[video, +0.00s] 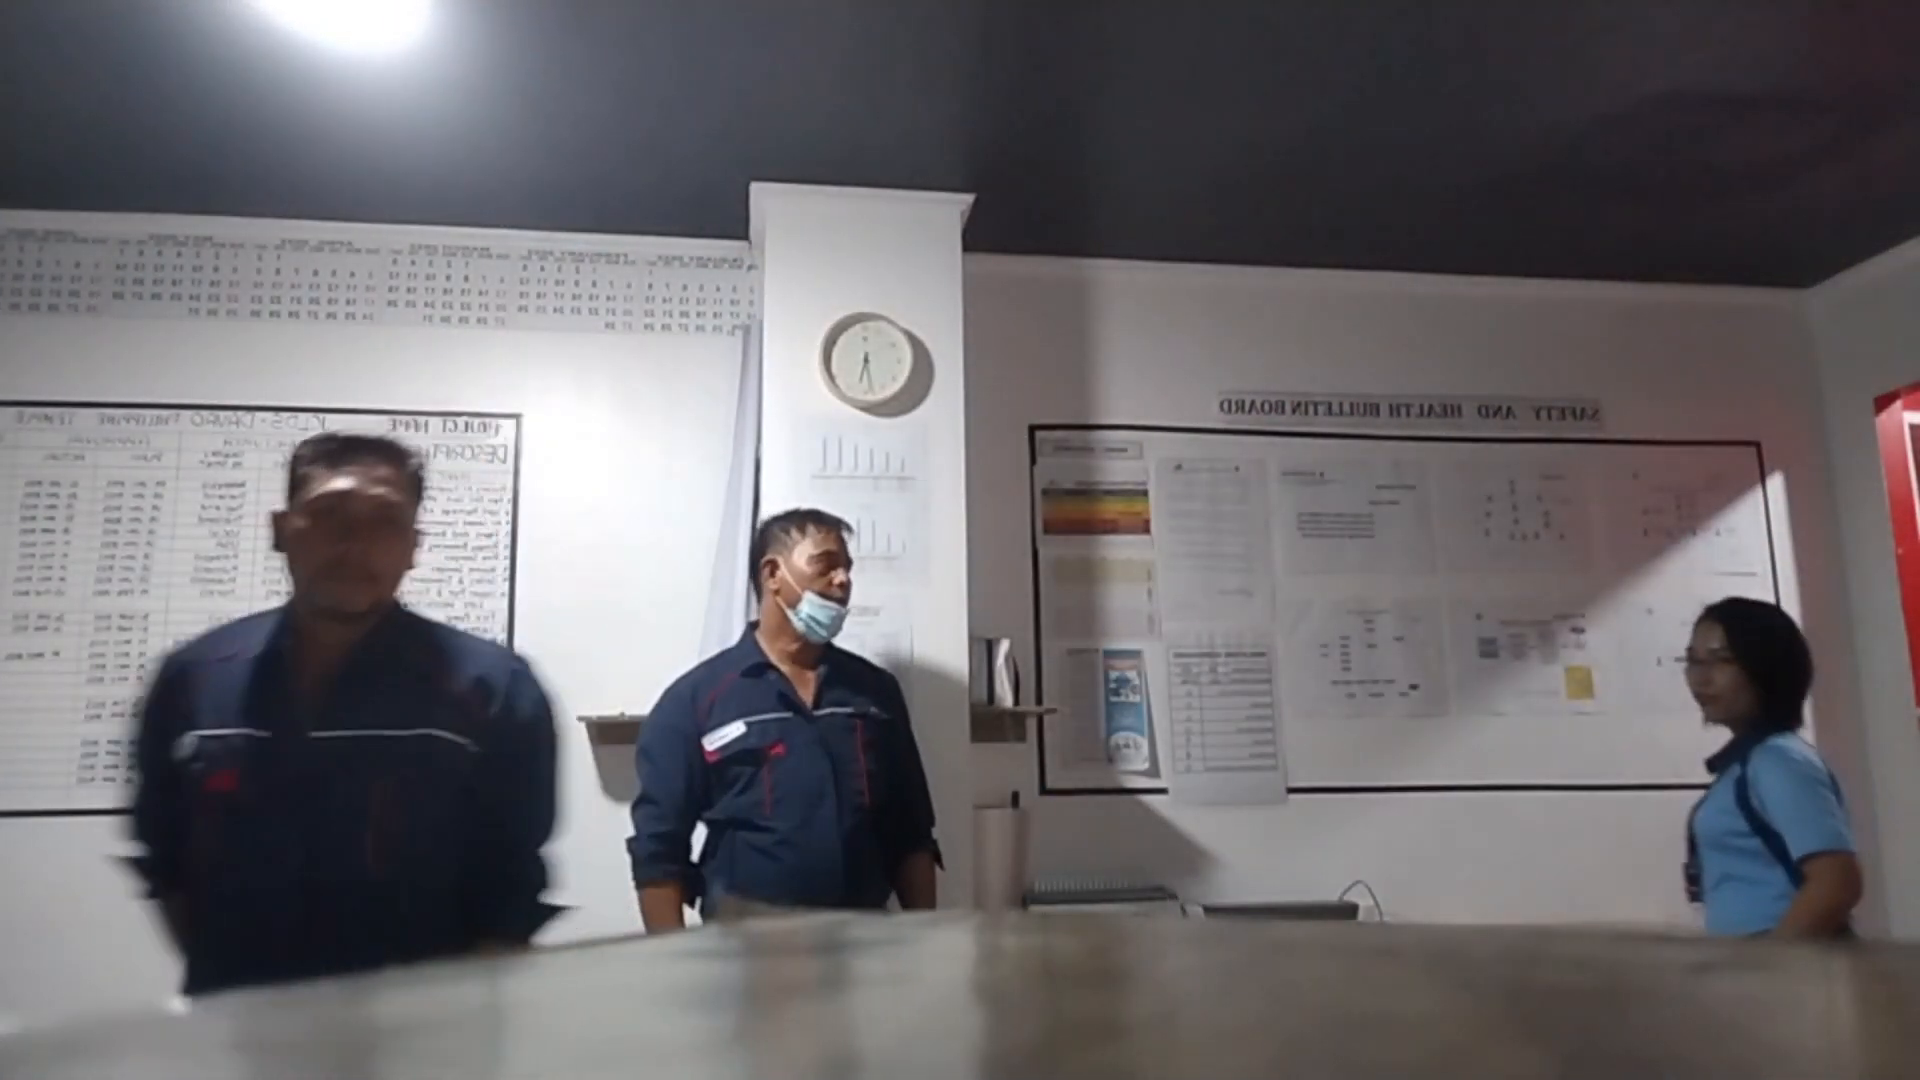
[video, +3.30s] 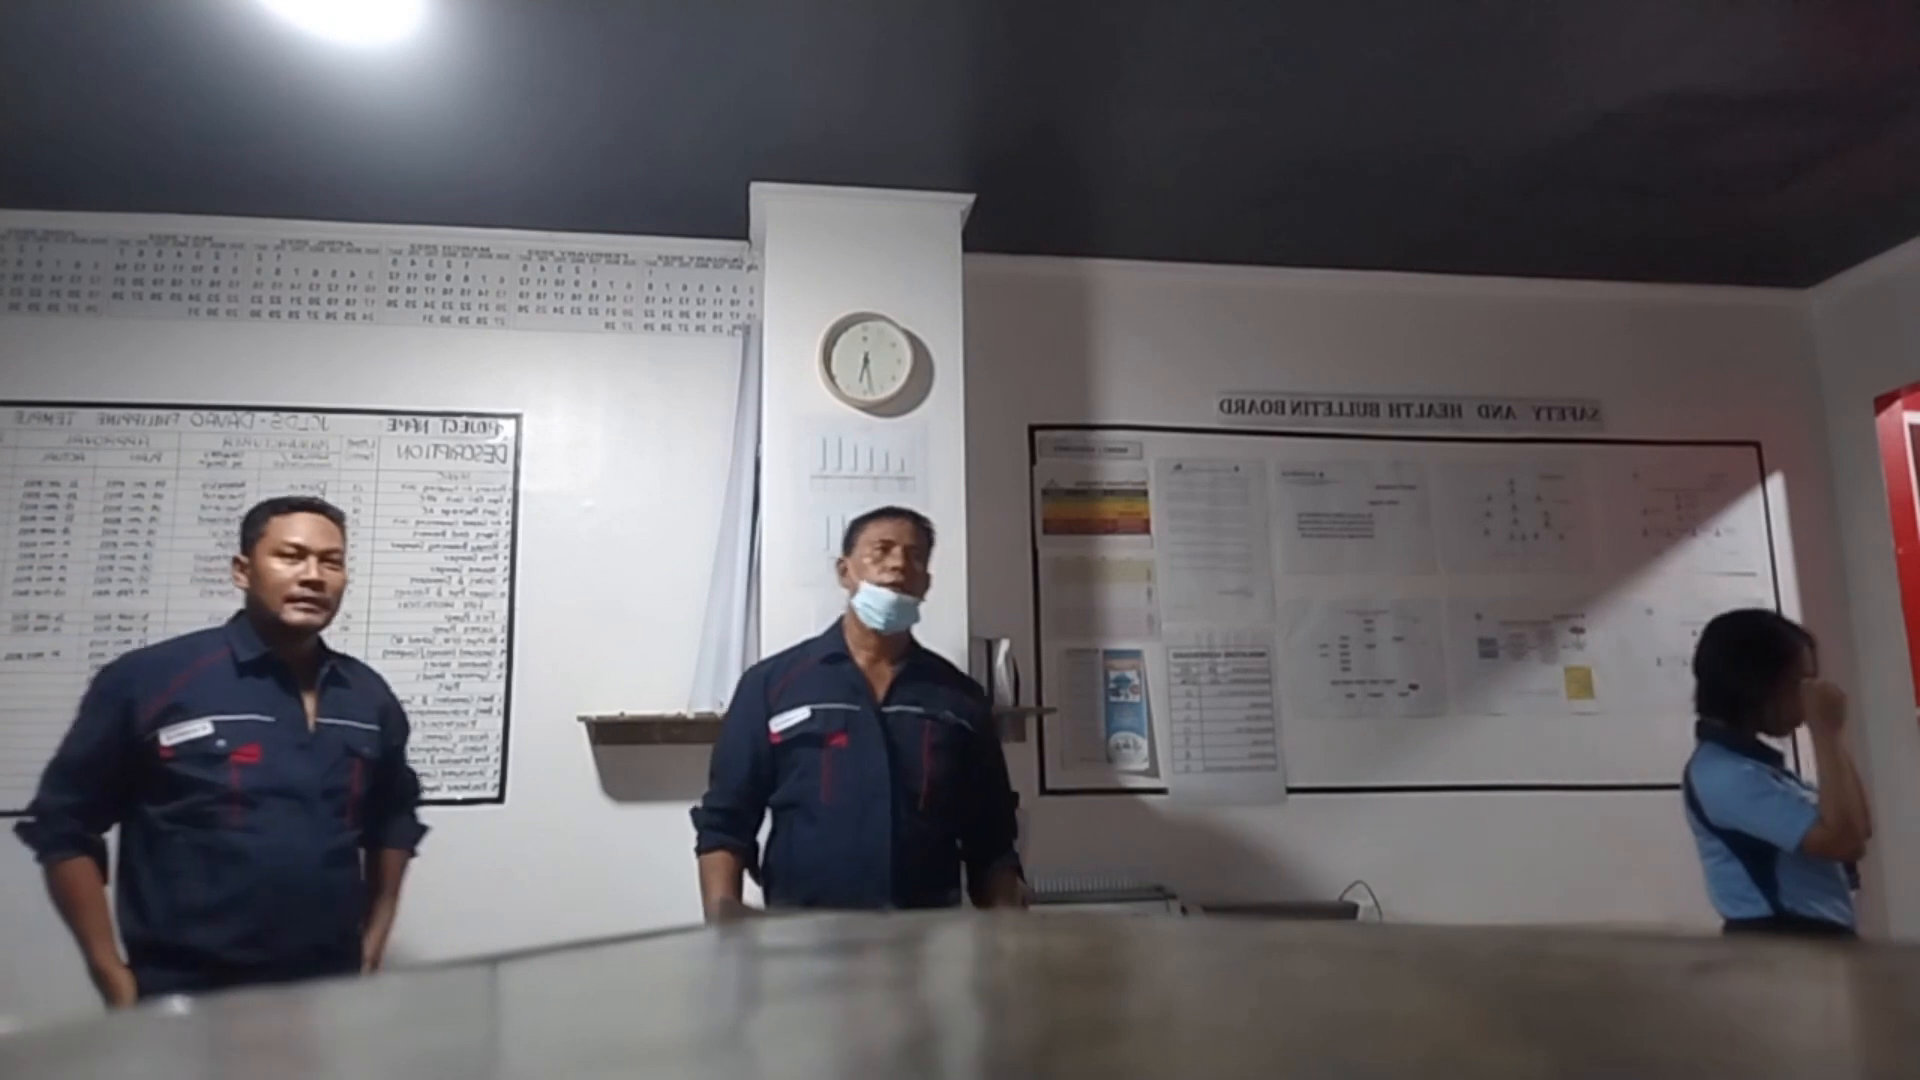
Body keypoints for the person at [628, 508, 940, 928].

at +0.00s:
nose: (843, 580)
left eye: (846, 567)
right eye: (824, 564)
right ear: (773, 575)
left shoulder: (877, 692)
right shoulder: (694, 702)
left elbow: (912, 836)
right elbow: (657, 851)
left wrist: (927, 946)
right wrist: (675, 973)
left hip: (863, 941)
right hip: (748, 944)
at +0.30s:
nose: (913, 579)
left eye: (913, 567)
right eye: (895, 566)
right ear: (841, 574)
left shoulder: (932, 698)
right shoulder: (757, 697)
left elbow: (966, 845)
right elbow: (723, 844)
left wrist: (974, 949)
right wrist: (748, 963)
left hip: (922, 945)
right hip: (804, 947)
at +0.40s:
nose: (937, 575)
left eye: (938, 565)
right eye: (920, 562)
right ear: (866, 568)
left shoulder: (952, 696)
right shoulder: (776, 690)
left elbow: (985, 846)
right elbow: (747, 838)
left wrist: (995, 952)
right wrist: (778, 953)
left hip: (938, 945)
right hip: (822, 947)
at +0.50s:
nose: (957, 572)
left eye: (961, 562)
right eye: (940, 558)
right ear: (887, 567)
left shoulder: (974, 696)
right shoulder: (799, 688)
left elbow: (1004, 843)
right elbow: (767, 831)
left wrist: (1014, 947)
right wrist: (799, 949)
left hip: (956, 945)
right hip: (840, 946)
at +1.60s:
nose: (908, 547)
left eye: (917, 535)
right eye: (884, 536)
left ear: (931, 553)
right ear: (844, 564)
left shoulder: (971, 680)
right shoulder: (779, 686)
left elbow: (1006, 837)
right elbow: (745, 842)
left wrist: (1020, 954)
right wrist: (755, 965)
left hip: (955, 947)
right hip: (831, 952)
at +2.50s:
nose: (938, 566)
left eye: (959, 556)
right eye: (926, 552)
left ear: (991, 582)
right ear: (906, 571)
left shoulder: (1031, 705)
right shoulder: (841, 687)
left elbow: (1063, 860)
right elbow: (797, 828)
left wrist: (1058, 970)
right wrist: (789, 950)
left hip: (986, 953)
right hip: (858, 951)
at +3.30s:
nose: (900, 566)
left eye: (914, 556)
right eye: (881, 551)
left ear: (927, 582)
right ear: (846, 572)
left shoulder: (962, 699)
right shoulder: (770, 687)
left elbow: (992, 847)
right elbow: (724, 823)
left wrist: (1012, 952)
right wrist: (727, 939)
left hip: (929, 948)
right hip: (804, 946)